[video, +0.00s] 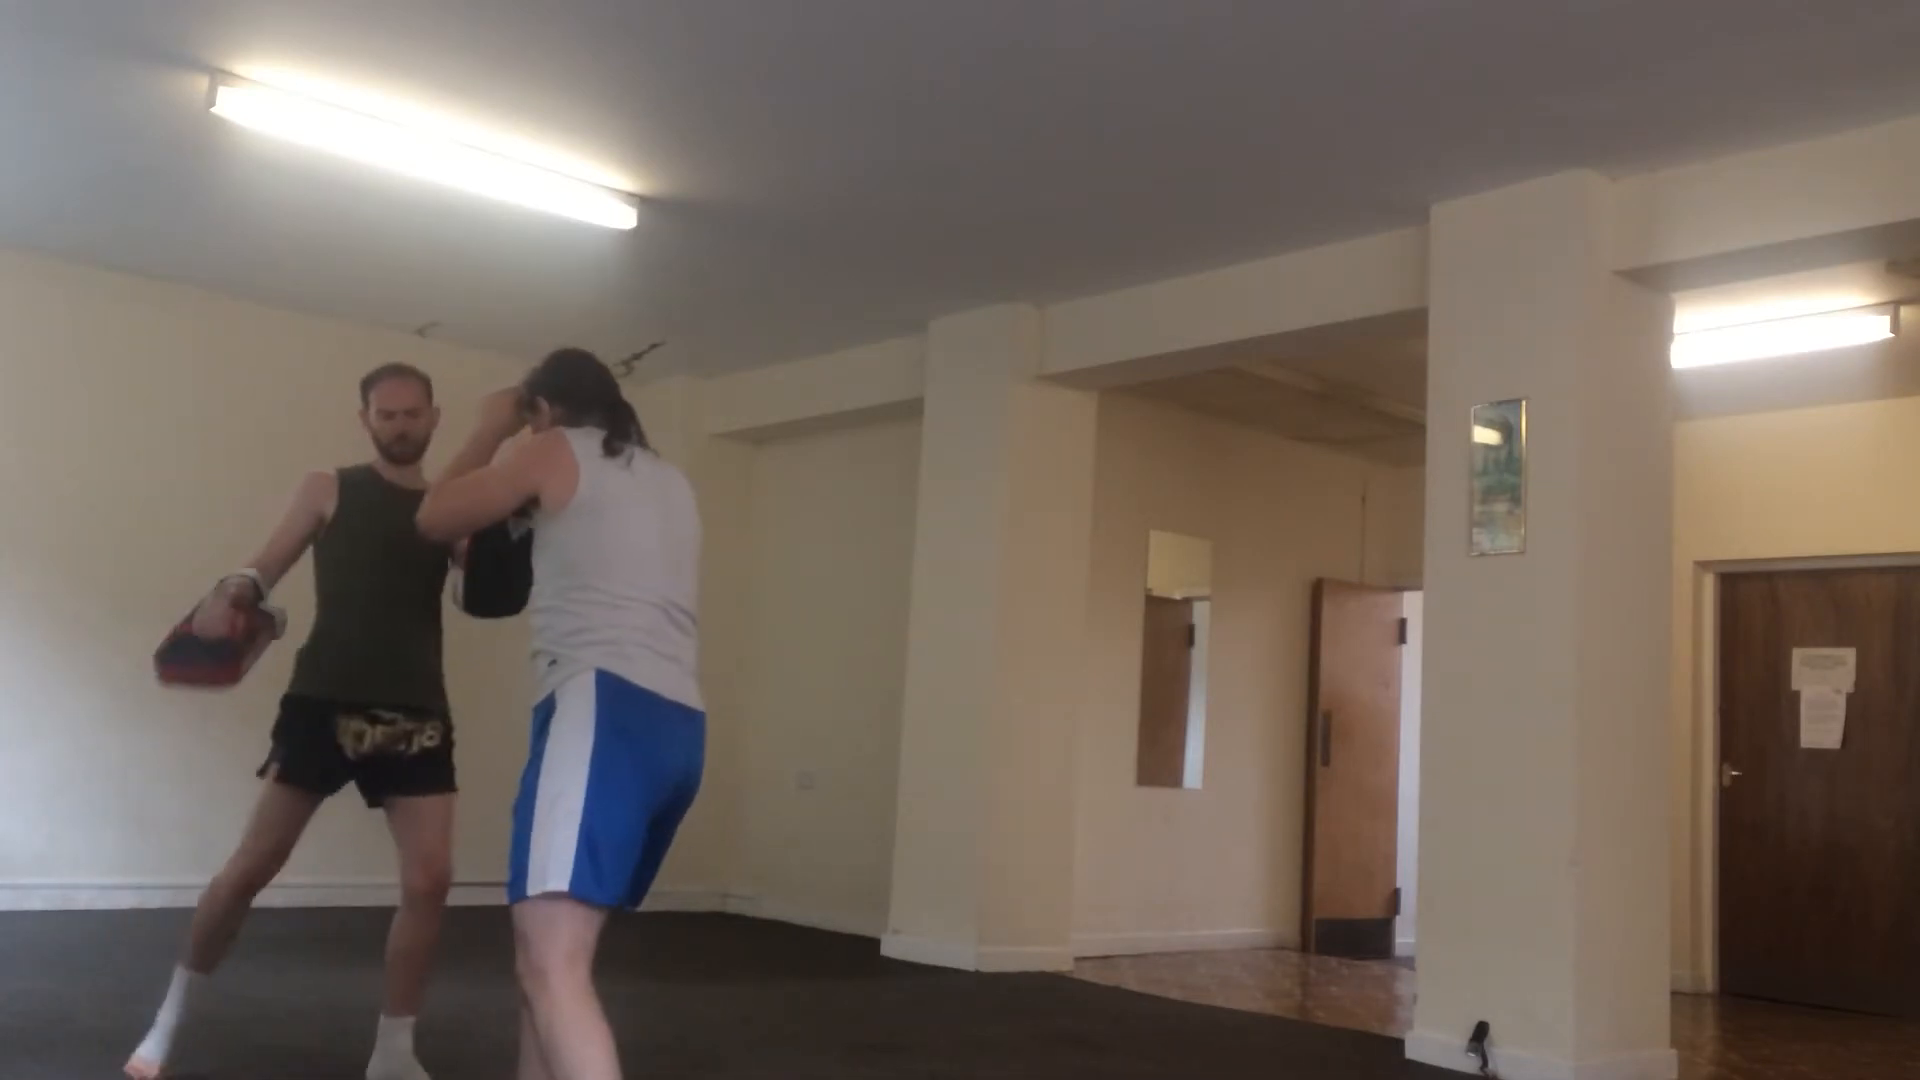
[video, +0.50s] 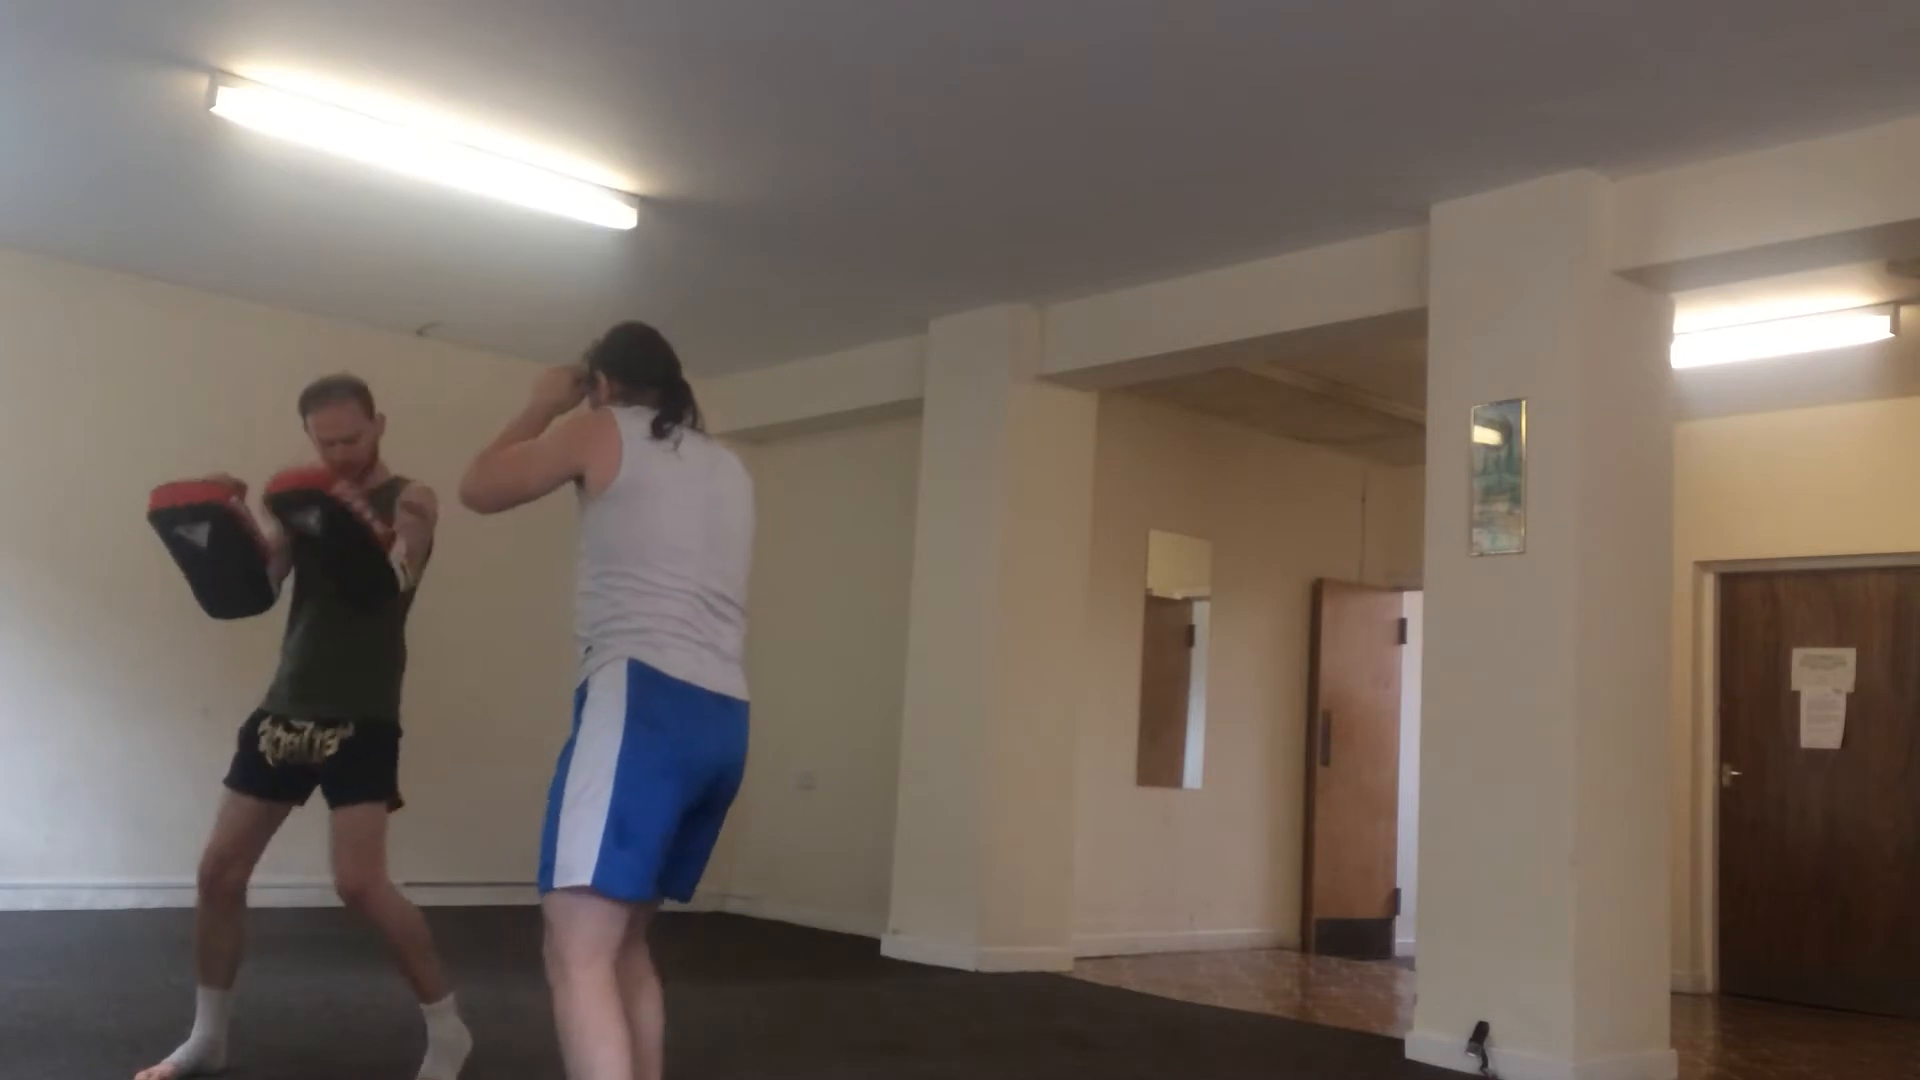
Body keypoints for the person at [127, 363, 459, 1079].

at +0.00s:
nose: (401, 426)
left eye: (413, 414)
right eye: (388, 414)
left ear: (434, 419)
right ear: (366, 420)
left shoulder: (446, 505)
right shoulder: (330, 490)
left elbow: (493, 570)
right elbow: (264, 568)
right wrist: (229, 595)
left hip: (415, 711)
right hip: (326, 705)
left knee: (430, 883)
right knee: (249, 870)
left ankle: (394, 1054)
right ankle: (167, 1024)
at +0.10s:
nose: (387, 426)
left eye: (399, 414)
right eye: (374, 415)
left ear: (422, 420)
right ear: (353, 421)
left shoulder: (438, 506)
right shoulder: (318, 489)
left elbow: (456, 597)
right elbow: (264, 567)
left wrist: (486, 530)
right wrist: (223, 572)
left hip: (398, 713)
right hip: (307, 707)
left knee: (414, 884)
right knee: (249, 878)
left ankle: (393, 1055)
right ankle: (207, 1027)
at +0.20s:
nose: (370, 437)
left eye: (382, 423)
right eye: (356, 424)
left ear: (402, 422)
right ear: (333, 425)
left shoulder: (423, 509)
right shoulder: (295, 498)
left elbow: (438, 608)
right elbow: (251, 605)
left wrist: (449, 528)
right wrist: (232, 545)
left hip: (383, 717)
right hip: (290, 713)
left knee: (413, 884)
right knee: (241, 878)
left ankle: (401, 1050)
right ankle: (209, 1038)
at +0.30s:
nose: (353, 449)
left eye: (364, 434)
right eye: (339, 437)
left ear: (387, 424)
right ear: (319, 433)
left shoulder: (412, 499)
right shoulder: (290, 498)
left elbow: (419, 589)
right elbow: (254, 594)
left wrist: (401, 518)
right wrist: (233, 537)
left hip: (373, 709)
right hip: (283, 705)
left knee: (403, 876)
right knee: (226, 876)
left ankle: (429, 1043)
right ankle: (208, 1039)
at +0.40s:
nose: (341, 454)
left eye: (353, 439)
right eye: (326, 442)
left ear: (380, 429)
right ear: (307, 441)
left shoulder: (413, 505)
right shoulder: (290, 499)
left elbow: (393, 580)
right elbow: (259, 581)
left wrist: (380, 506)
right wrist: (232, 528)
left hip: (369, 715)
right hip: (281, 711)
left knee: (388, 879)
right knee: (218, 874)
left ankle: (442, 1040)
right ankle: (207, 1040)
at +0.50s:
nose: (339, 456)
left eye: (349, 440)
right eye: (324, 445)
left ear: (378, 426)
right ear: (307, 440)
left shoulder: (411, 499)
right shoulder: (300, 502)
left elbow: (396, 581)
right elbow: (256, 585)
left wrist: (347, 513)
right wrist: (231, 521)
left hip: (363, 723)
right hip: (284, 715)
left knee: (361, 884)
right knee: (220, 872)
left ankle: (448, 1030)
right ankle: (208, 1038)